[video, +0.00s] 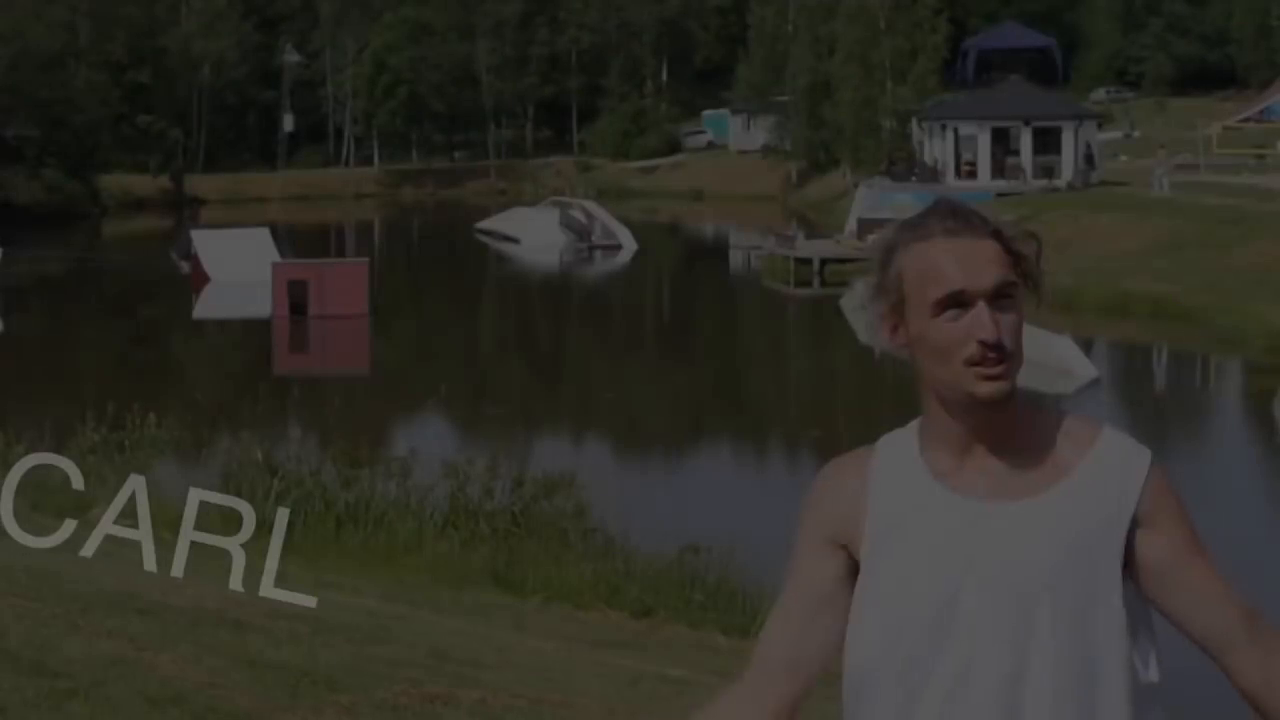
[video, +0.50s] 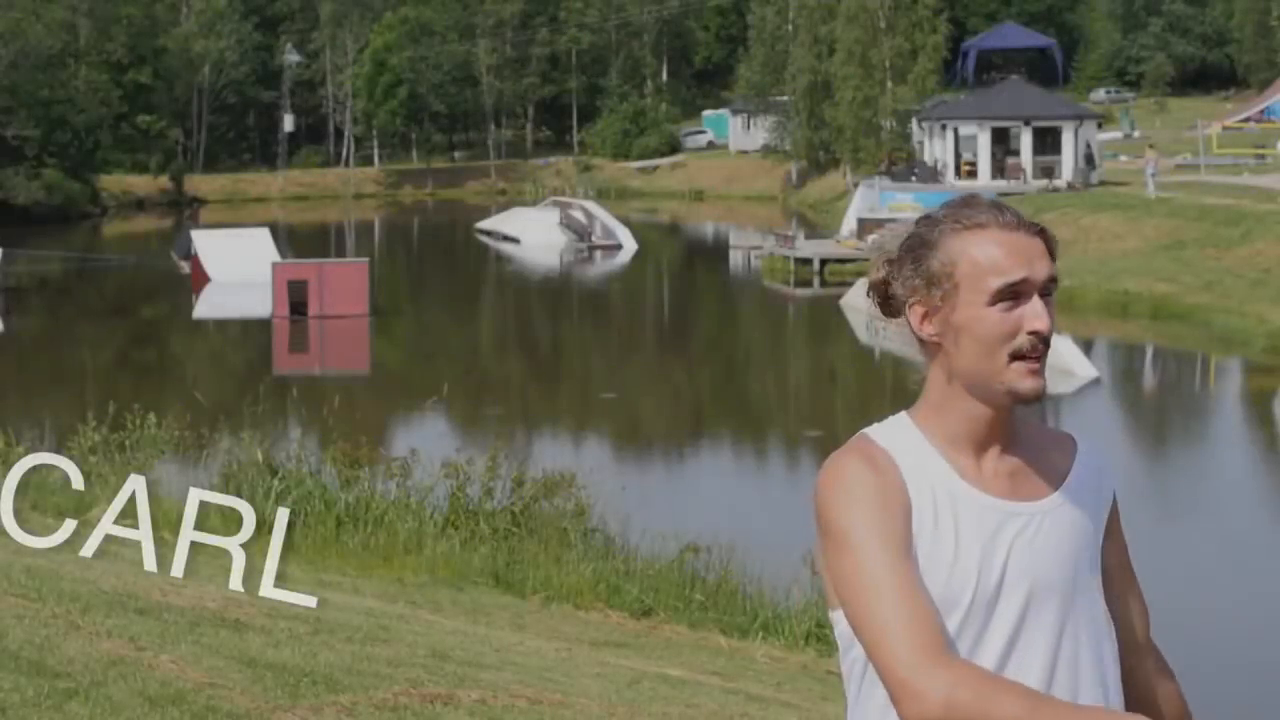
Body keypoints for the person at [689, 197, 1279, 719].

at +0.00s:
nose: (991, 329)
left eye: (1004, 300)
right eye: (954, 307)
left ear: (1024, 307)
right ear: (898, 331)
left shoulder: (1120, 476)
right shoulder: (851, 493)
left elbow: (1246, 646)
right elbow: (763, 695)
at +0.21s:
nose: (991, 330)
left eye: (1003, 297)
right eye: (954, 308)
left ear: (1024, 306)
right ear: (898, 331)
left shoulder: (1111, 471)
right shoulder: (859, 482)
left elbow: (1215, 665)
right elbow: (804, 690)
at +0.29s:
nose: (1001, 324)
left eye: (1011, 294)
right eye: (964, 301)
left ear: (1029, 302)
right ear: (900, 326)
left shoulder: (1102, 469)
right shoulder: (860, 477)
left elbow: (1196, 668)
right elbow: (869, 687)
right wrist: (1077, 717)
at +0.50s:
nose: (1043, 322)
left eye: (1047, 295)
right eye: (1010, 298)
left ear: (1055, 297)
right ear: (929, 319)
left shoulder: (1079, 465)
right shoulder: (863, 476)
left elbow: (1139, 657)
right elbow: (929, 691)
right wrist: (1118, 718)